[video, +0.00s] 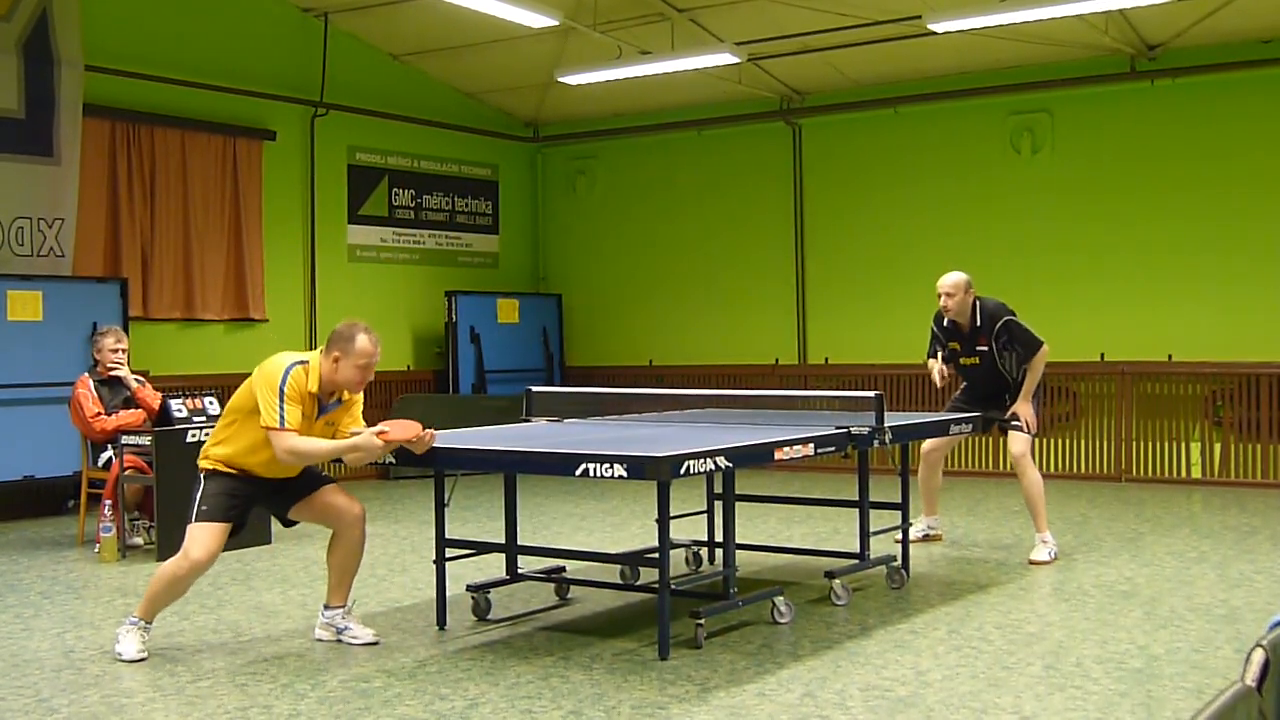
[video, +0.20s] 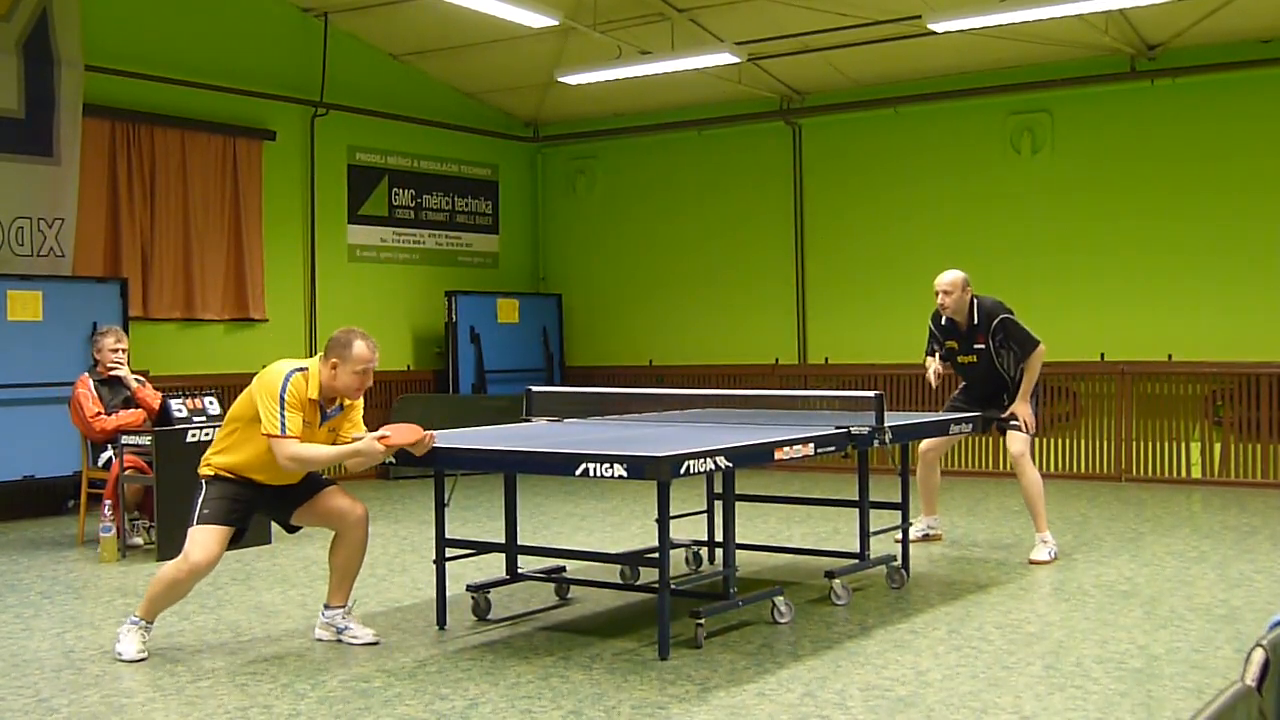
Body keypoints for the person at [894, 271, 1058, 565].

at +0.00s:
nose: (943, 302)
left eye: (950, 296)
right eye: (940, 296)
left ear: (969, 296)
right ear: (938, 297)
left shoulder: (996, 315)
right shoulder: (941, 319)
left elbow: (1040, 352)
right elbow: (934, 355)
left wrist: (1025, 400)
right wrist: (937, 368)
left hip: (1015, 391)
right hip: (974, 390)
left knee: (1019, 453)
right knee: (930, 450)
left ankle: (1044, 539)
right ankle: (929, 524)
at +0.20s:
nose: (940, 300)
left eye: (947, 294)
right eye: (937, 294)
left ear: (967, 294)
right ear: (936, 295)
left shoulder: (993, 313)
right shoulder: (939, 320)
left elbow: (1036, 351)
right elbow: (933, 353)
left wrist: (1023, 399)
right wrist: (933, 365)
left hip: (1012, 391)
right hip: (973, 391)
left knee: (1018, 452)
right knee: (928, 450)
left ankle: (1044, 539)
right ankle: (929, 523)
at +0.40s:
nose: (941, 298)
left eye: (948, 292)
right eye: (938, 292)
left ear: (968, 293)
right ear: (937, 294)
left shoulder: (994, 313)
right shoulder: (939, 319)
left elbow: (1035, 351)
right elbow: (932, 353)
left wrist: (1023, 401)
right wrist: (932, 365)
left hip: (1012, 392)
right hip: (973, 392)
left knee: (1018, 453)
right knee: (926, 450)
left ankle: (1044, 538)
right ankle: (929, 523)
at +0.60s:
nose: (942, 298)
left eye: (949, 292)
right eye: (939, 292)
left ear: (969, 293)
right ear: (937, 294)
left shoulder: (995, 314)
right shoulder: (940, 319)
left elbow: (1036, 352)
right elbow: (933, 354)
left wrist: (1024, 402)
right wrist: (933, 366)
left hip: (1013, 393)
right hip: (973, 392)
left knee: (1018, 452)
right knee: (927, 450)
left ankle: (1044, 539)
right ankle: (929, 523)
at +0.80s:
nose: (942, 298)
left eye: (949, 292)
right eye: (940, 292)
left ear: (969, 293)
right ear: (938, 294)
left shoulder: (996, 314)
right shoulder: (941, 319)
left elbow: (1037, 352)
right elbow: (935, 354)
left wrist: (1024, 402)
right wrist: (934, 366)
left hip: (1014, 393)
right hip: (974, 392)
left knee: (1019, 453)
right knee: (927, 450)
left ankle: (1044, 539)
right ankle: (929, 523)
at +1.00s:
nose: (942, 297)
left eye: (949, 290)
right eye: (940, 291)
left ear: (969, 291)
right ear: (939, 292)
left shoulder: (997, 313)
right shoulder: (941, 317)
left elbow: (1036, 353)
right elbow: (935, 352)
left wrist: (1024, 402)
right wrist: (933, 365)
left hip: (1013, 392)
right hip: (973, 391)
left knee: (1019, 453)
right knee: (928, 450)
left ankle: (1044, 539)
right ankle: (929, 523)